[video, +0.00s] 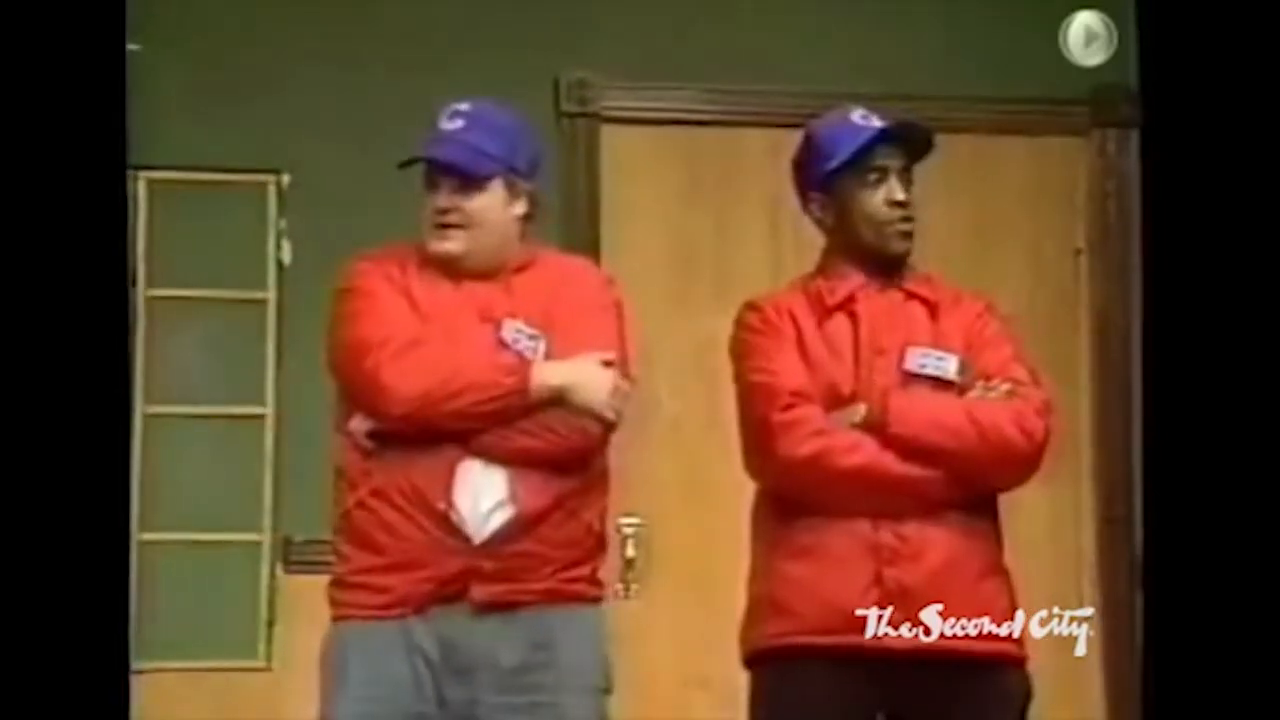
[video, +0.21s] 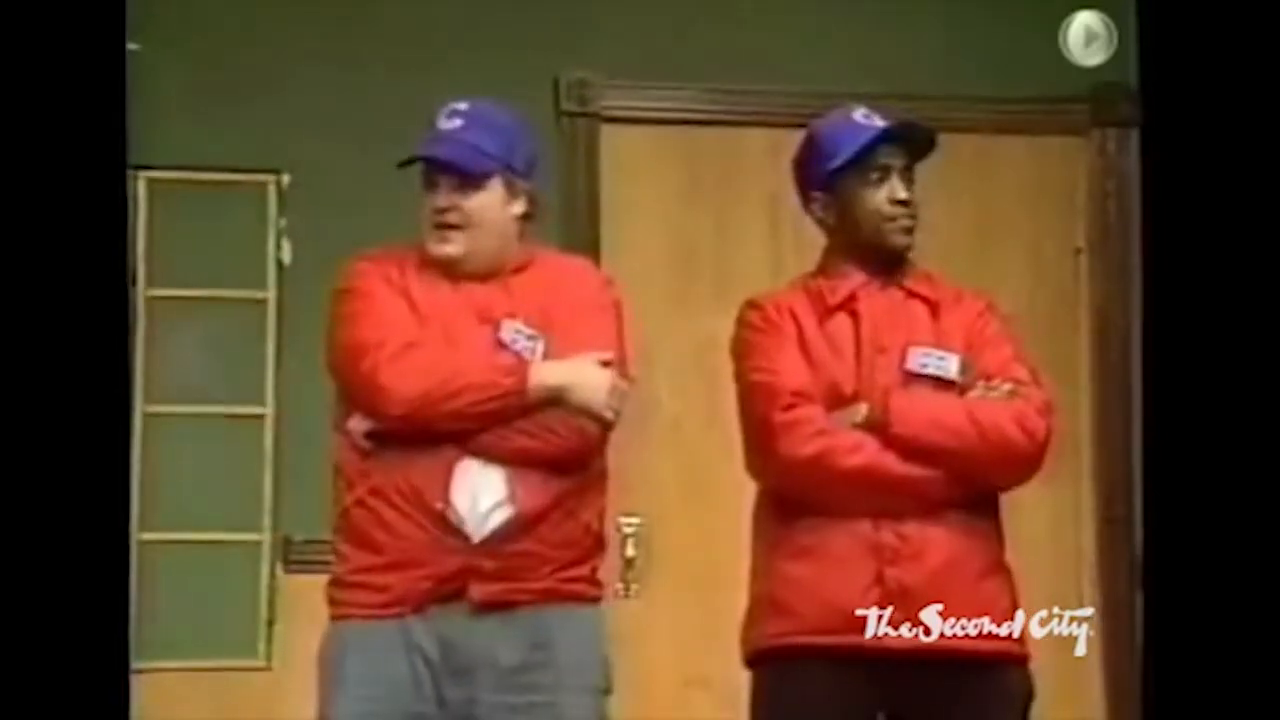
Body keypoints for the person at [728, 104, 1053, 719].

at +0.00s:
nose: (901, 196)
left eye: (905, 177)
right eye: (873, 179)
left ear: (917, 187)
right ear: (820, 205)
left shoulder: (967, 314)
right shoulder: (773, 319)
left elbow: (1020, 437)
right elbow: (787, 454)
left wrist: (877, 416)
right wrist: (963, 464)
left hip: (964, 645)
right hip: (815, 646)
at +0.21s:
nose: (903, 195)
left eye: (907, 177)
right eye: (877, 178)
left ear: (918, 187)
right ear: (821, 204)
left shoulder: (967, 312)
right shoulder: (775, 318)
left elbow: (1022, 436)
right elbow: (789, 454)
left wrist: (878, 415)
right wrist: (965, 463)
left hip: (965, 643)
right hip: (816, 645)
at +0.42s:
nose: (906, 196)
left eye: (909, 178)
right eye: (880, 179)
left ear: (920, 188)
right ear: (822, 203)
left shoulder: (969, 311)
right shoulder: (776, 317)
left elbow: (1021, 436)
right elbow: (789, 453)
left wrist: (878, 415)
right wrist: (964, 462)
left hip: (964, 641)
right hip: (815, 643)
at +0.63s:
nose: (907, 194)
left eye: (911, 177)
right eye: (882, 178)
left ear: (922, 186)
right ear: (825, 202)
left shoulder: (972, 312)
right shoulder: (777, 315)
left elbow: (1022, 438)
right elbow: (789, 453)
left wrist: (879, 416)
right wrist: (964, 463)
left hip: (963, 642)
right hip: (814, 643)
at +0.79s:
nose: (908, 194)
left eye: (912, 177)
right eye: (884, 178)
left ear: (923, 185)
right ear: (826, 202)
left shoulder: (971, 310)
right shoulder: (777, 313)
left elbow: (1023, 436)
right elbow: (789, 451)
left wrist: (880, 415)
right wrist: (964, 462)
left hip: (963, 640)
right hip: (814, 641)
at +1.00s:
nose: (902, 194)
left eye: (908, 176)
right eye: (878, 177)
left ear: (920, 184)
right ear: (825, 196)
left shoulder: (972, 308)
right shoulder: (777, 311)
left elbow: (1023, 433)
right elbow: (790, 448)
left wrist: (881, 411)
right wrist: (964, 459)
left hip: (965, 637)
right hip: (815, 638)